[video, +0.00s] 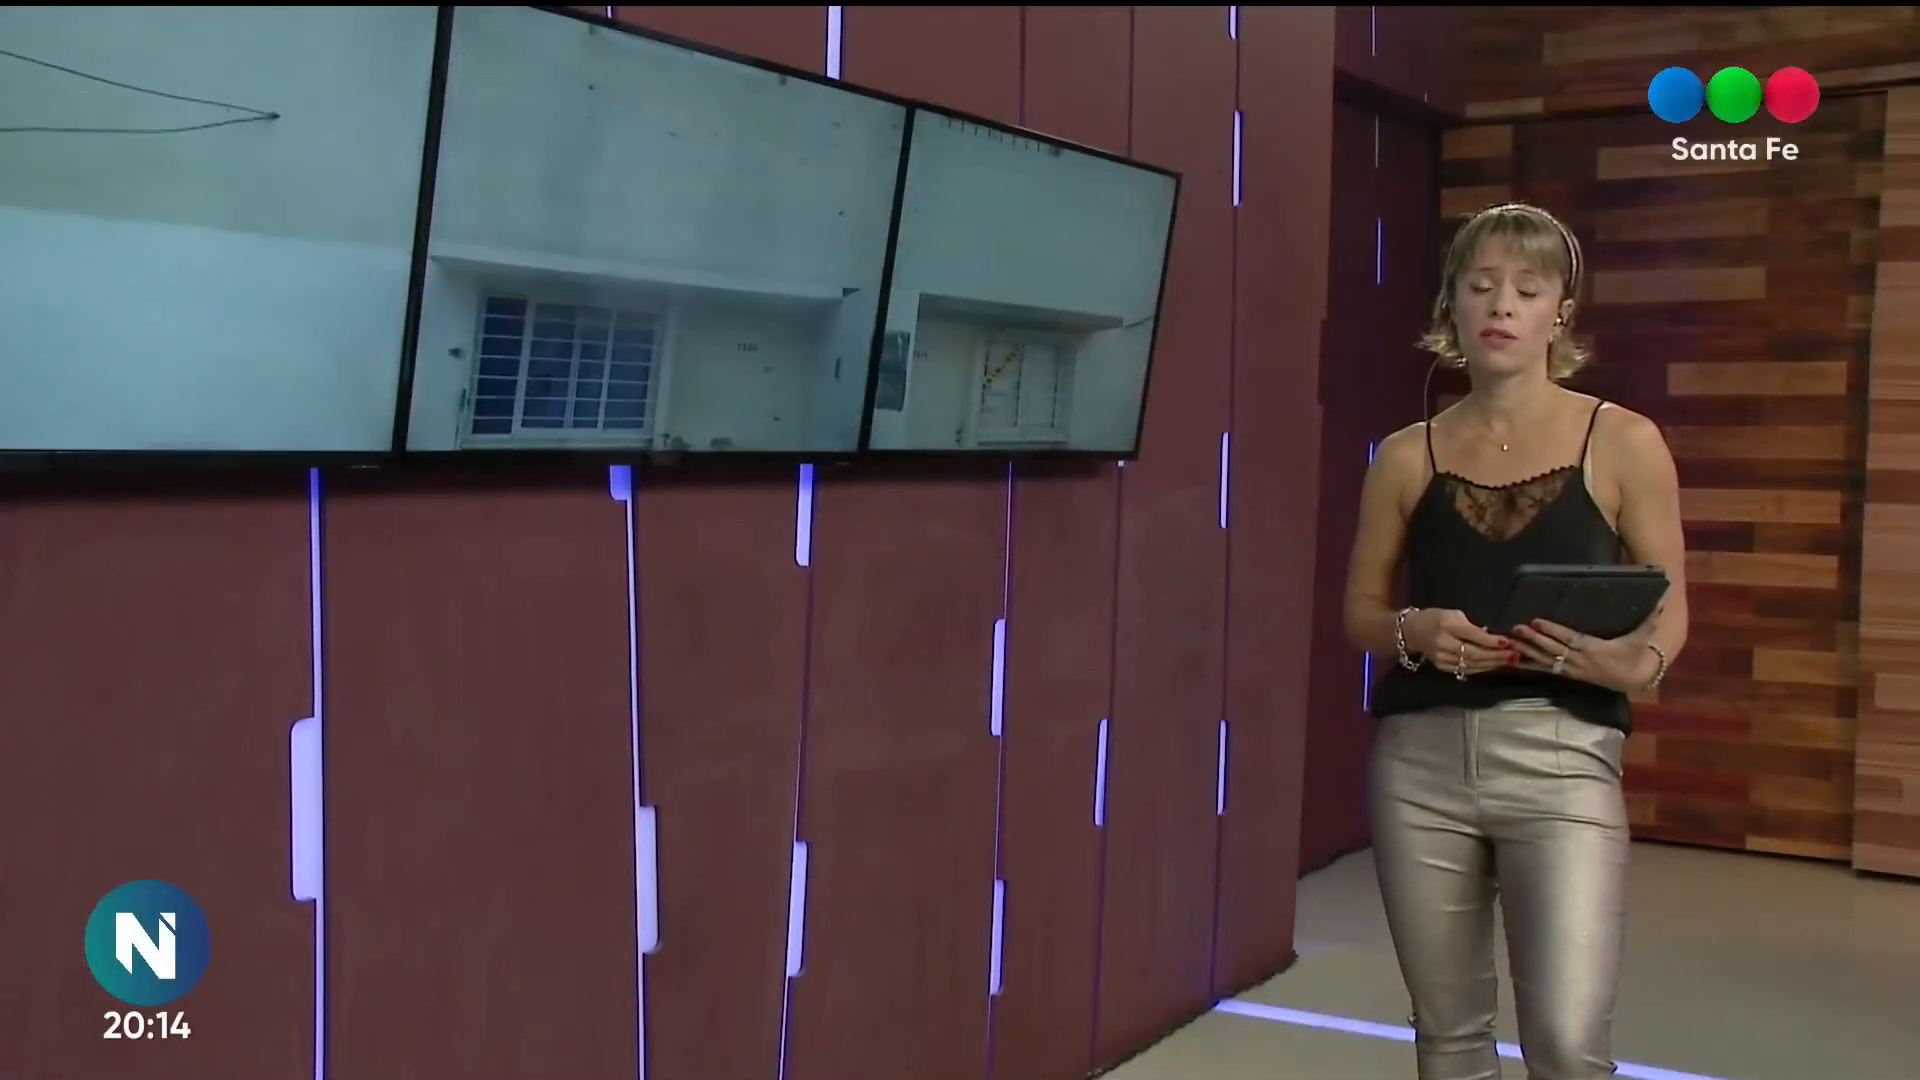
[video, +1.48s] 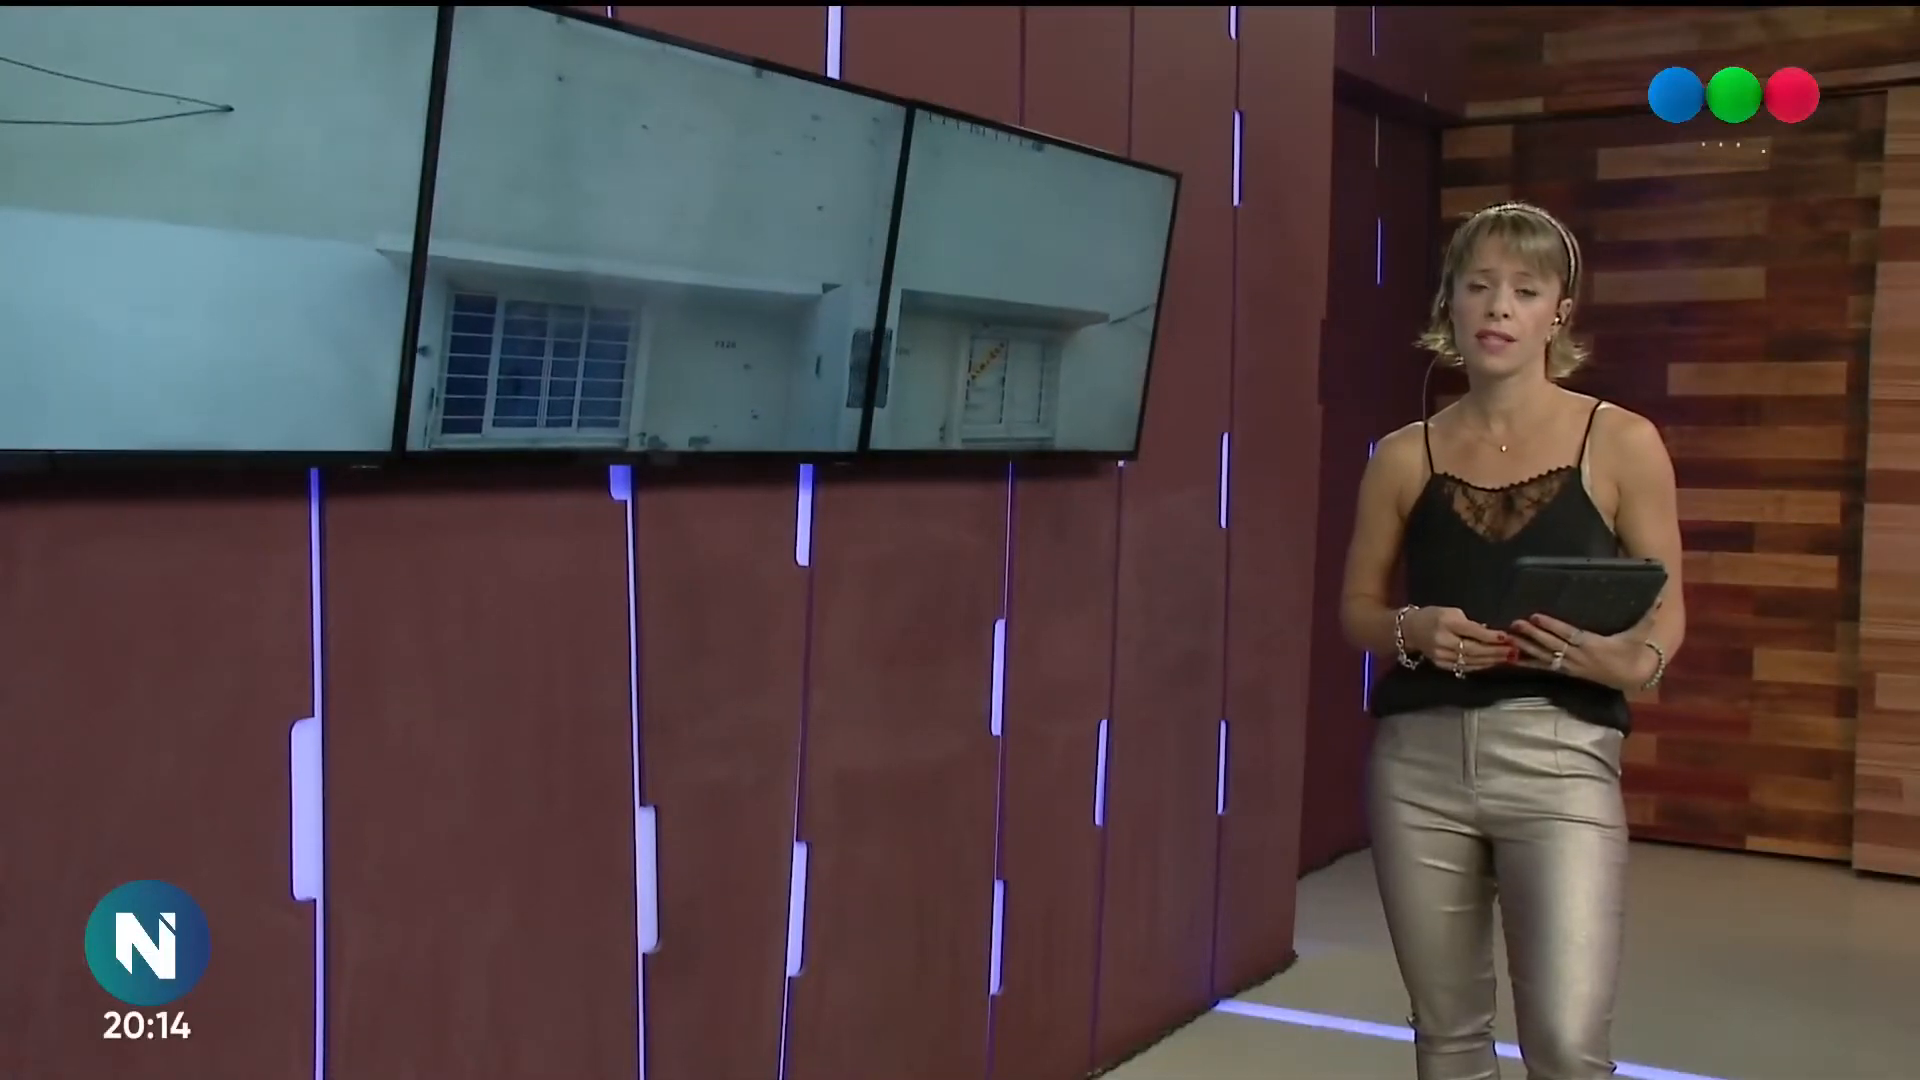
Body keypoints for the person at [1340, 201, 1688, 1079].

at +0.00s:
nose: (1499, 305)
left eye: (1525, 289)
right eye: (1481, 284)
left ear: (1559, 314)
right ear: (1452, 305)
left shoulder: (1624, 444)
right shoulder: (1405, 459)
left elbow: (1667, 604)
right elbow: (1360, 611)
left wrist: (1630, 665)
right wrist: (1411, 632)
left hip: (1560, 766)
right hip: (1418, 767)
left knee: (1566, 1049)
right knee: (1448, 1042)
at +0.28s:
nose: (1500, 305)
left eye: (1525, 288)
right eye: (1481, 284)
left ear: (1559, 313)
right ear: (1452, 305)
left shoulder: (1624, 444)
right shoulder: (1405, 459)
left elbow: (1666, 604)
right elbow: (1359, 611)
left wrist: (1629, 665)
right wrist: (1409, 632)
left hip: (1560, 767)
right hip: (1418, 767)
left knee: (1566, 1048)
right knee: (1447, 1041)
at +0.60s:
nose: (1494, 303)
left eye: (1520, 287)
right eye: (1476, 283)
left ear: (1555, 313)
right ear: (1448, 304)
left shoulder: (1620, 443)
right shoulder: (1401, 460)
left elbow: (1663, 604)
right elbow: (1357, 611)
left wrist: (1628, 664)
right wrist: (1405, 631)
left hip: (1557, 766)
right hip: (1416, 767)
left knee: (1563, 1048)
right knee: (1447, 1039)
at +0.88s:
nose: (1492, 302)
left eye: (1518, 286)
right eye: (1474, 282)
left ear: (1554, 312)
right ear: (1446, 304)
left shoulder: (1619, 442)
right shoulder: (1399, 459)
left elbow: (1661, 606)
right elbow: (1355, 611)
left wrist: (1624, 662)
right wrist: (1404, 630)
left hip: (1557, 766)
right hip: (1416, 767)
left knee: (1562, 1046)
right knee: (1446, 1038)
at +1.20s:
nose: (1490, 304)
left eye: (1517, 287)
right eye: (1472, 283)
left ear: (1554, 313)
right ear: (1446, 304)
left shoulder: (1619, 443)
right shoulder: (1399, 458)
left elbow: (1661, 605)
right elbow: (1354, 609)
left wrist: (1627, 663)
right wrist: (1405, 630)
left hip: (1558, 767)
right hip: (1416, 767)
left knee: (1562, 1046)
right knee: (1446, 1039)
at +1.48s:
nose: (1496, 306)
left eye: (1523, 289)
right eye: (1477, 285)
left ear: (1558, 313)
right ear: (1449, 305)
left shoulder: (1622, 444)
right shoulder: (1402, 460)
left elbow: (1664, 605)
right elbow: (1357, 610)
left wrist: (1632, 663)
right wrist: (1409, 629)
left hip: (1560, 767)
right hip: (1418, 768)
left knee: (1566, 1048)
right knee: (1448, 1039)